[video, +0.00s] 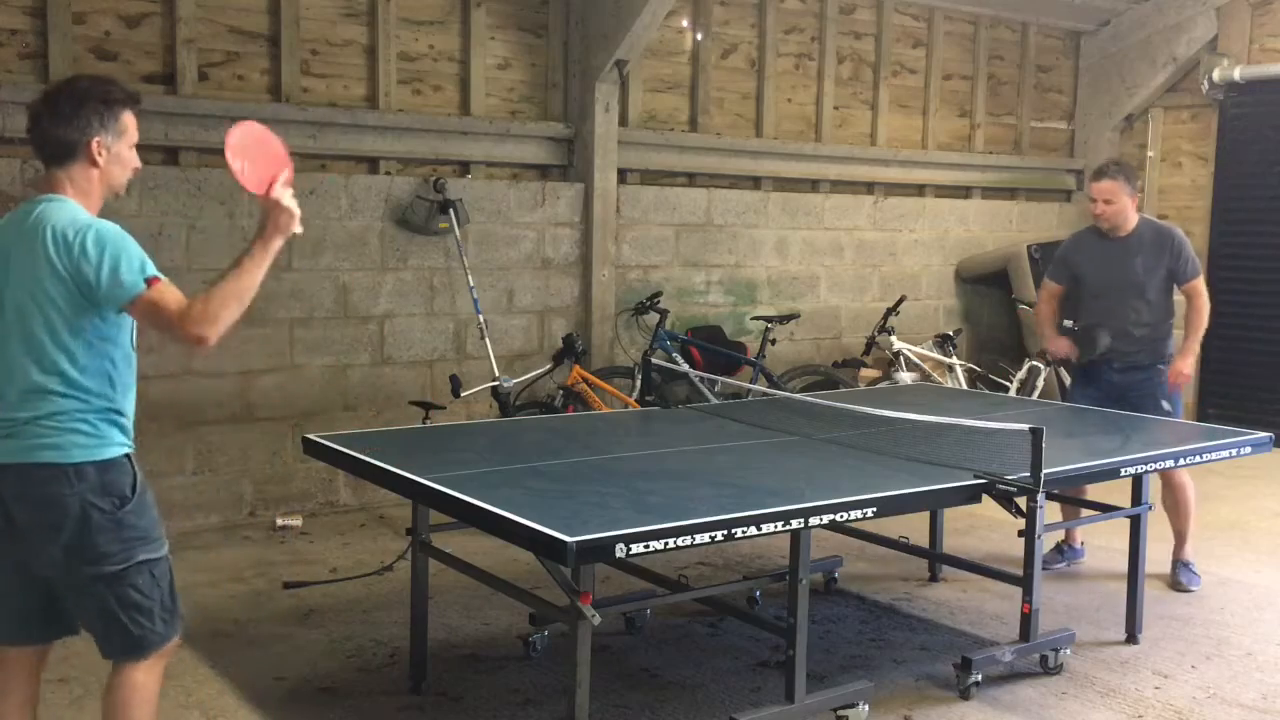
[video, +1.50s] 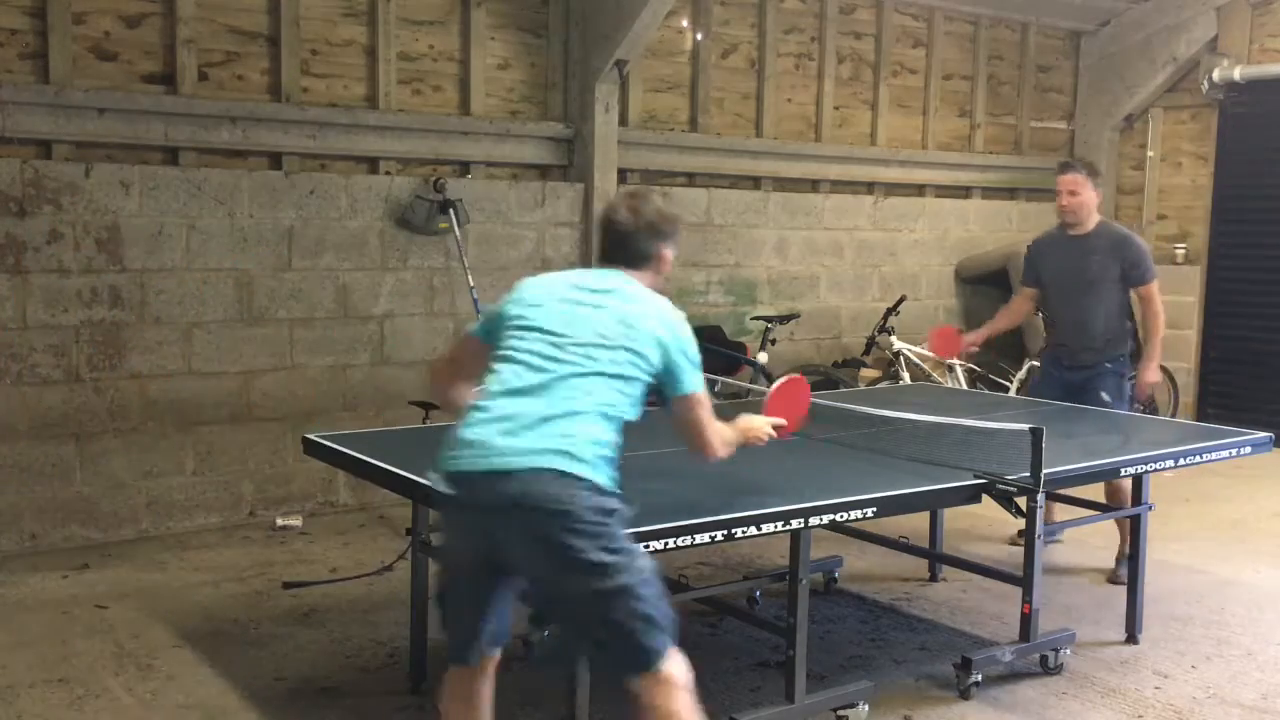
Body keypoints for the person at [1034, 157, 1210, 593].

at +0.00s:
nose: (1097, 210)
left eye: (1106, 202)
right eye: (1093, 201)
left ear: (1133, 199)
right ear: (1088, 201)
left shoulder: (1167, 241)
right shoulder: (1074, 248)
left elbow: (1197, 297)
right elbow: (1047, 297)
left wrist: (1188, 354)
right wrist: (1050, 335)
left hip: (1151, 377)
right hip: (1090, 378)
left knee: (1170, 467)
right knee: (1069, 461)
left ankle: (1183, 556)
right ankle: (1070, 542)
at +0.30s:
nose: (1112, 213)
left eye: (1122, 206)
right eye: (1106, 203)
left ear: (1141, 203)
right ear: (1097, 198)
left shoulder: (1162, 237)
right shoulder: (1073, 250)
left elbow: (1183, 289)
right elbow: (1051, 306)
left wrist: (1204, 338)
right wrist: (1042, 357)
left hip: (1149, 371)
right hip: (1090, 371)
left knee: (1170, 463)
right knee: (1070, 458)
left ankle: (1182, 555)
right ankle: (1069, 542)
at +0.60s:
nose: (1124, 196)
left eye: (1135, 188)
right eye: (1119, 188)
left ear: (1156, 192)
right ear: (1112, 190)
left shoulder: (1177, 239)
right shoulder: (1086, 242)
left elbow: (1189, 292)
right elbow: (1042, 288)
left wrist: (1200, 346)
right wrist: (1002, 326)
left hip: (1161, 370)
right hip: (1099, 369)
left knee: (1187, 460)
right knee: (1076, 455)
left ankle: (1207, 553)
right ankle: (1071, 543)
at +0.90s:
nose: (1151, 203)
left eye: (1161, 195)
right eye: (1146, 194)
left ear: (1184, 198)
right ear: (1140, 196)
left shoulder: (1212, 247)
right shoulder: (1120, 244)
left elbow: (1243, 302)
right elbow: (1092, 298)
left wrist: (1255, 358)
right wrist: (1064, 345)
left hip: (1176, 375)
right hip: (1117, 368)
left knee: (1192, 467)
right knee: (1082, 448)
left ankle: (1207, 555)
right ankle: (1065, 532)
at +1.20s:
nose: (1125, 204)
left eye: (1136, 197)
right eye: (1121, 196)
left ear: (1158, 204)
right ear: (1115, 201)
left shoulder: (1180, 253)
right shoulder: (1093, 250)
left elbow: (1213, 306)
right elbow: (1068, 303)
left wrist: (1235, 352)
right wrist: (1042, 343)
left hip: (1149, 380)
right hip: (1092, 377)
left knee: (1176, 468)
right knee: (1063, 453)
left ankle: (1206, 554)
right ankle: (1050, 523)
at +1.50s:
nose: (1064, 201)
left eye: (1073, 193)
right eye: (1058, 194)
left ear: (1095, 197)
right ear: (1054, 199)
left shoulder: (1124, 245)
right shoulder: (1042, 249)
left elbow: (1152, 304)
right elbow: (1024, 302)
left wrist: (1151, 361)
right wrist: (984, 332)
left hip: (1108, 369)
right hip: (1055, 366)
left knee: (1113, 461)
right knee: (1041, 448)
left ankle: (1129, 546)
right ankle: (1048, 522)